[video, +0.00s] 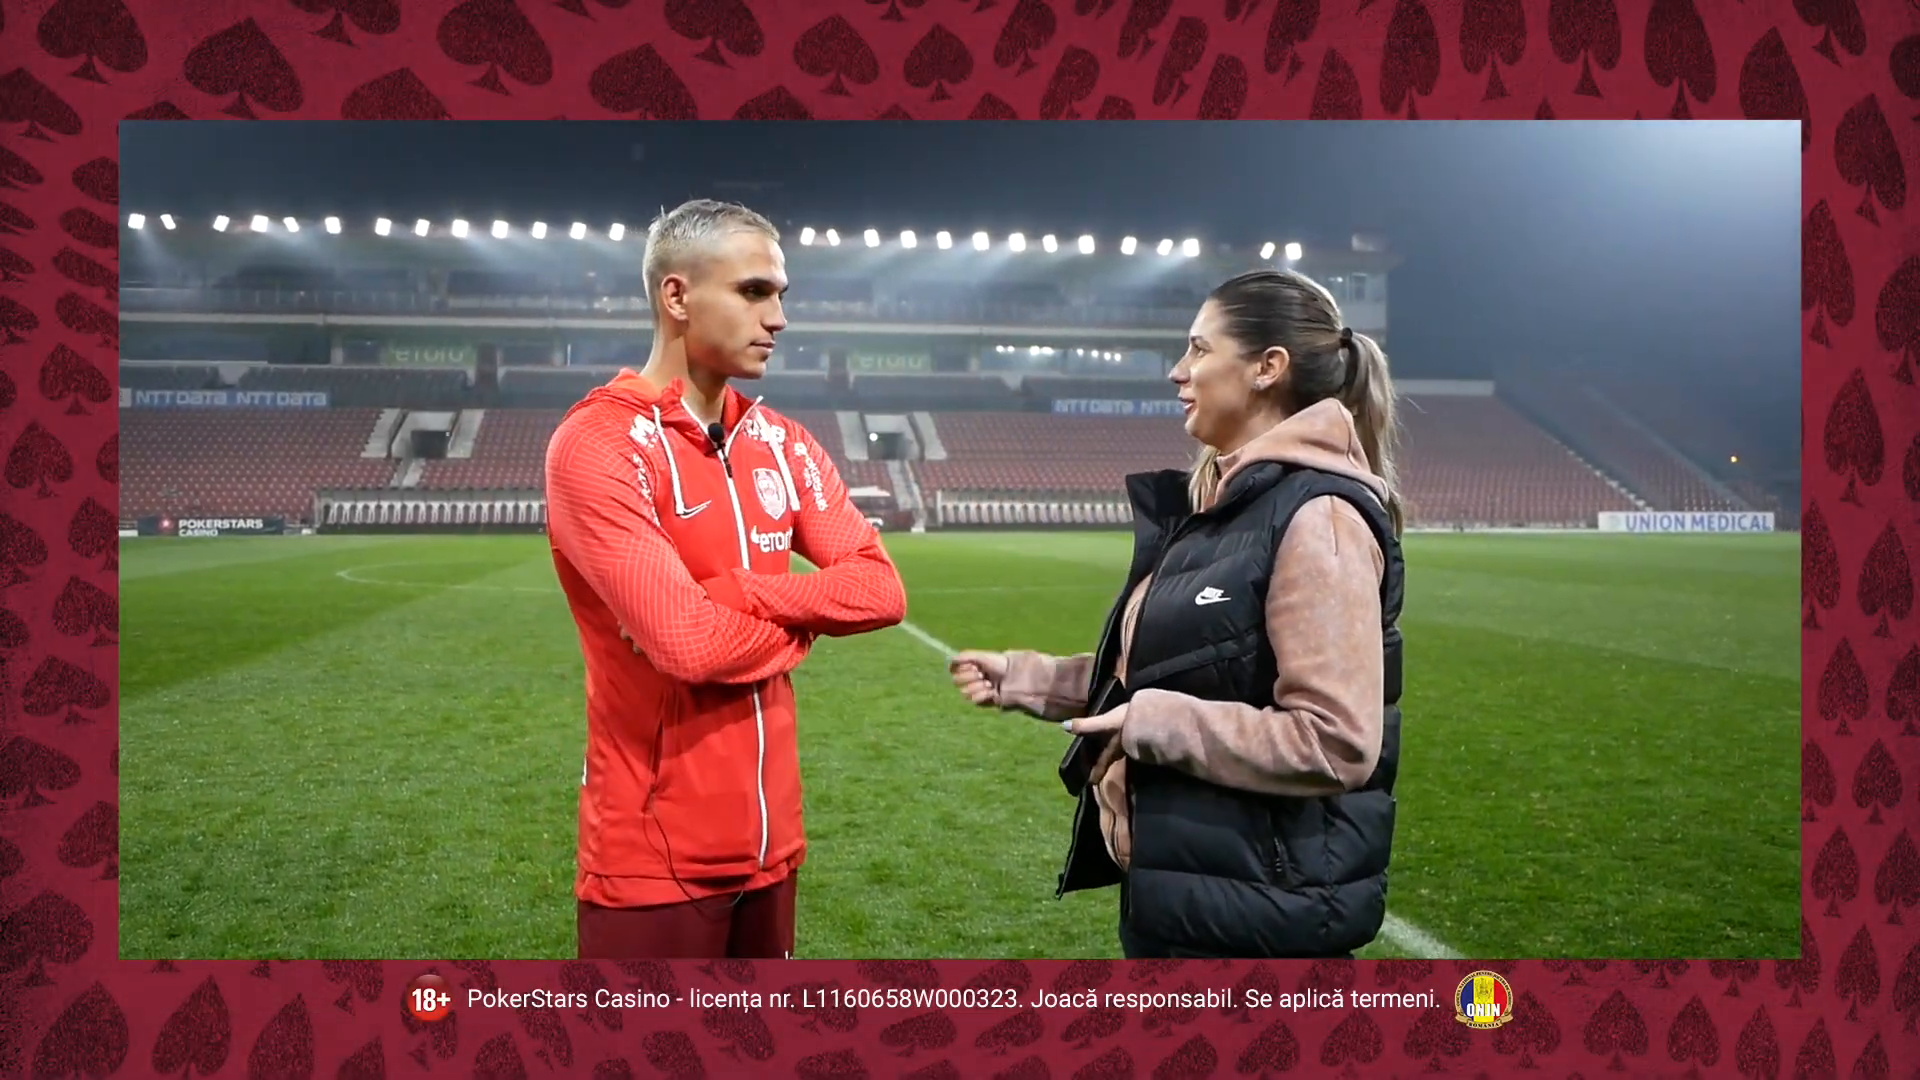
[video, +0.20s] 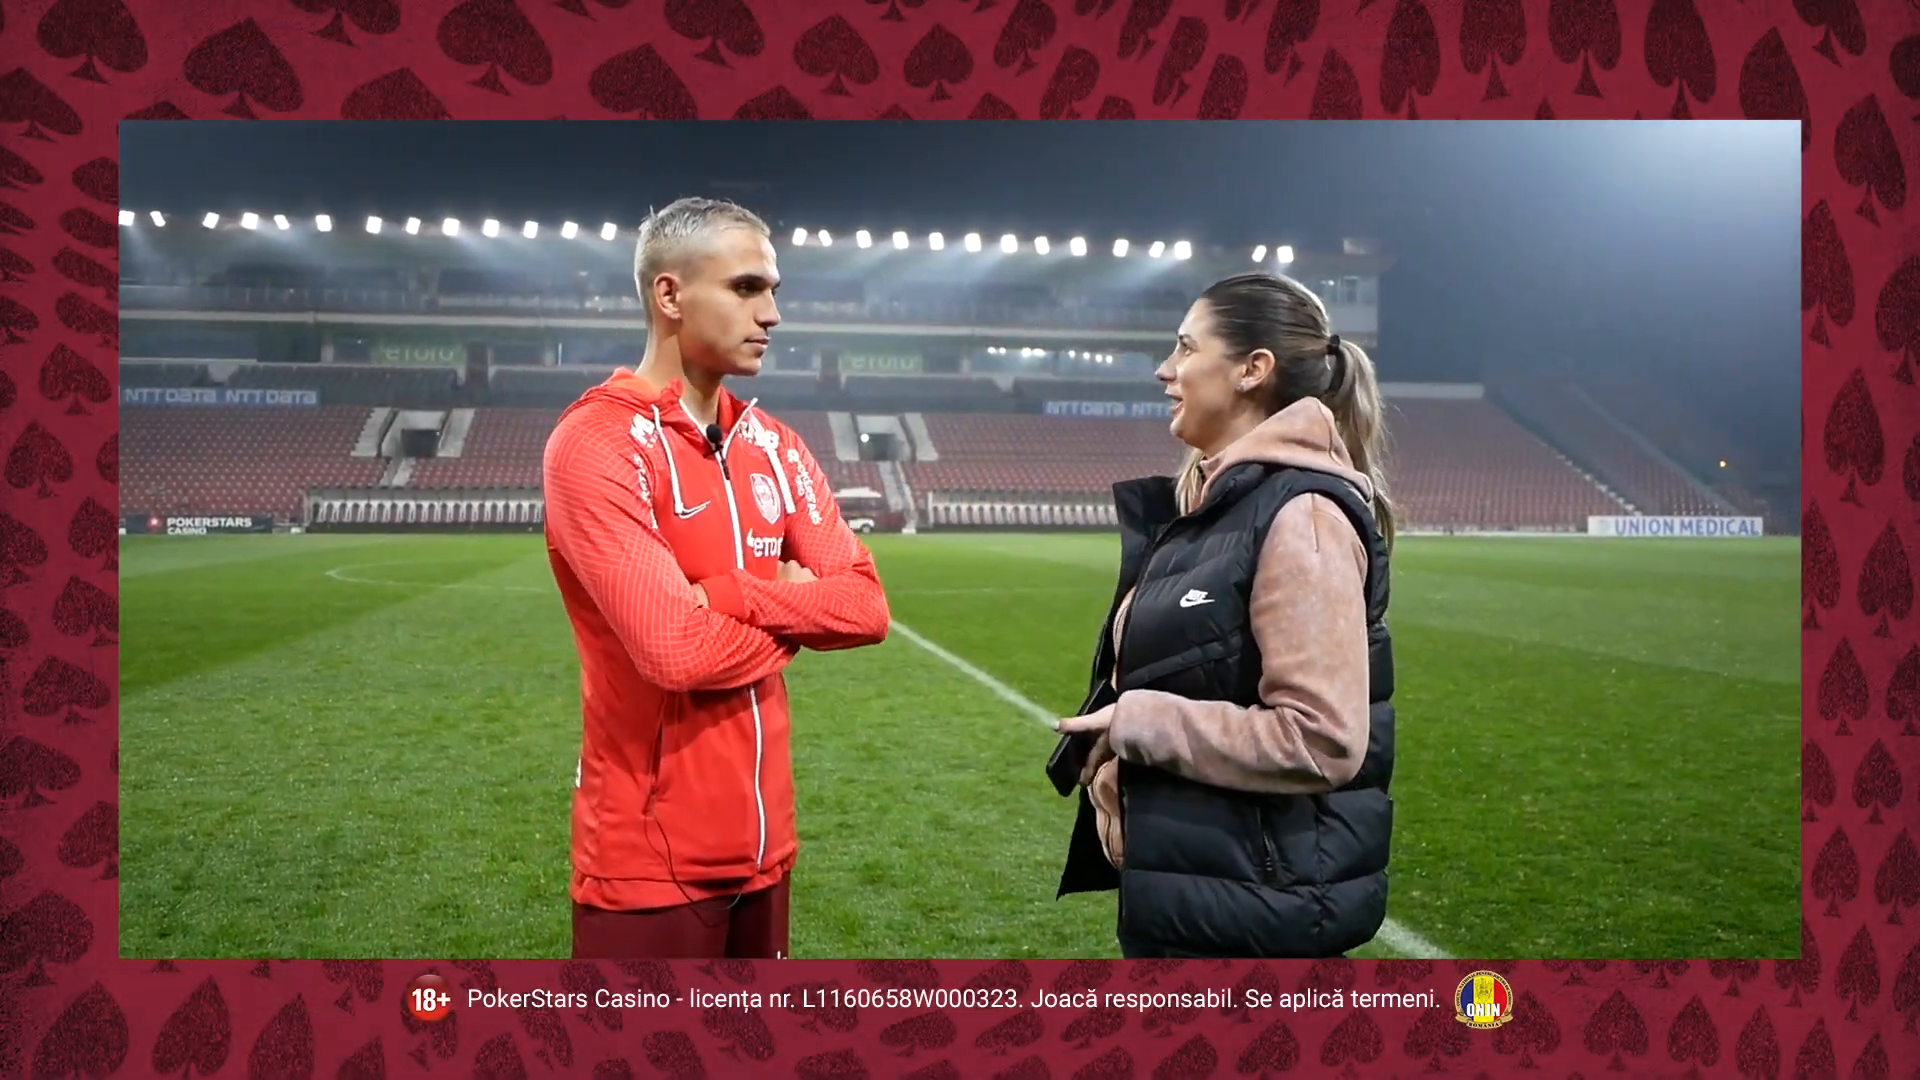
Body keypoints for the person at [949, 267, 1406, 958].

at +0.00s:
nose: (1177, 373)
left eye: (1199, 350)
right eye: (1186, 351)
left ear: (1269, 366)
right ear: (1260, 367)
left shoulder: (1321, 518)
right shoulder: (1225, 502)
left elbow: (1335, 742)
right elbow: (1178, 687)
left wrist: (1159, 723)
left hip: (1255, 920)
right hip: (1186, 907)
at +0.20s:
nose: (1165, 370)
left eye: (1186, 347)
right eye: (1175, 349)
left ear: (1254, 369)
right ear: (1248, 371)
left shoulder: (1305, 518)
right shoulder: (1217, 504)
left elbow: (1322, 740)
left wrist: (1141, 720)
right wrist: (1112, 764)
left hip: (1252, 922)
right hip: (1187, 912)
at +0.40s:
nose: (1148, 363)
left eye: (1169, 340)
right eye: (1157, 341)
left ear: (1235, 364)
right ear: (1230, 366)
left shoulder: (1286, 509)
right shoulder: (1208, 497)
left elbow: (1310, 729)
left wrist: (1132, 718)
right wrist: (1108, 763)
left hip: (1258, 912)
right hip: (1200, 905)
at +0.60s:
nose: (1146, 371)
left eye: (1167, 350)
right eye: (1155, 350)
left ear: (1234, 373)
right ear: (1230, 375)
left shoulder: (1285, 512)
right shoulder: (1216, 501)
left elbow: (1310, 733)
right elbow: (1204, 688)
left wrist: (1133, 722)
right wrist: (1112, 785)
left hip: (1254, 913)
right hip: (1204, 905)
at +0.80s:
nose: (1154, 379)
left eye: (1174, 357)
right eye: (1163, 358)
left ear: (1243, 379)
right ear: (1237, 381)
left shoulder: (1295, 520)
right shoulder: (1221, 506)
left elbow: (1319, 739)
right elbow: (1206, 694)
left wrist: (1141, 729)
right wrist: (1106, 788)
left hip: (1262, 914)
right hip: (1207, 906)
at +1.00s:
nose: (1166, 385)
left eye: (1189, 364)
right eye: (1176, 364)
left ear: (1257, 384)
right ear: (1250, 384)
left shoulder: (1311, 523)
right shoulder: (1230, 512)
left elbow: (1333, 740)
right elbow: (1220, 695)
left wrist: (1157, 730)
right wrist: (1099, 725)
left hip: (1269, 919)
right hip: (1211, 909)